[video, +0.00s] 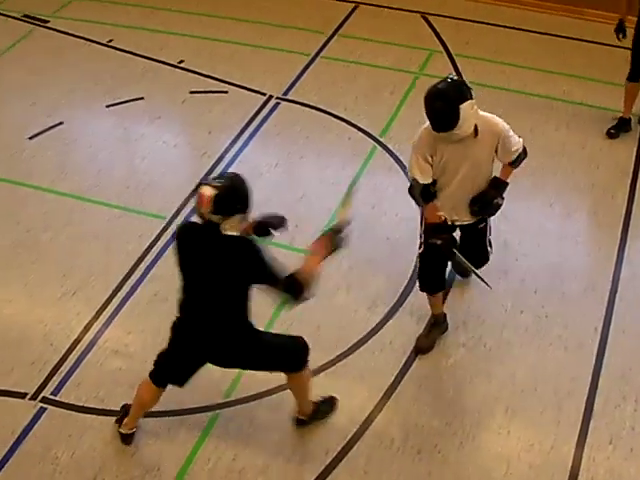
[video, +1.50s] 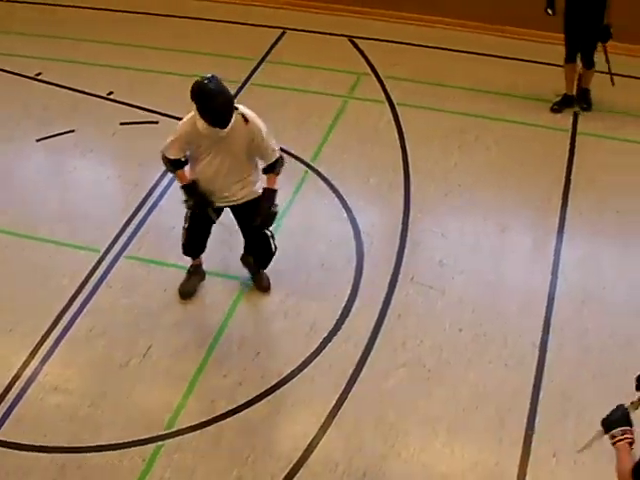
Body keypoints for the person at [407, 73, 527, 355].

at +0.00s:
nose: (456, 134)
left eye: (459, 127)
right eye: (449, 130)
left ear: (469, 113)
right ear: (437, 123)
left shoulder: (493, 128)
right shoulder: (426, 141)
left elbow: (515, 154)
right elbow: (422, 189)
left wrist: (497, 188)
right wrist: (436, 231)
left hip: (475, 213)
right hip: (438, 215)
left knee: (476, 259)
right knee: (431, 272)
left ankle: (460, 262)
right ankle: (438, 319)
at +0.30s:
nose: (477, 156)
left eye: (483, 152)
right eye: (475, 149)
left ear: (488, 148)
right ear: (464, 138)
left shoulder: (480, 160)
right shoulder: (443, 160)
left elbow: (481, 184)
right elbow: (411, 176)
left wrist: (471, 209)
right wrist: (392, 196)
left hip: (442, 214)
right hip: (415, 217)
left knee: (461, 239)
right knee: (436, 278)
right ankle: (430, 324)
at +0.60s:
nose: (455, 126)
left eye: (458, 121)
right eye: (454, 120)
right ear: (446, 117)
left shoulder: (440, 132)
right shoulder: (405, 136)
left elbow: (429, 163)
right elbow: (360, 173)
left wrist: (420, 185)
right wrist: (355, 210)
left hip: (408, 191)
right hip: (380, 201)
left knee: (439, 210)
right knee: (385, 253)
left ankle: (416, 239)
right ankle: (387, 287)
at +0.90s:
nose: (391, 87)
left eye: (389, 81)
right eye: (387, 82)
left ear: (363, 82)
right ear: (379, 86)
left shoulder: (369, 103)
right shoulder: (357, 123)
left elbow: (368, 146)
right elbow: (335, 178)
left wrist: (382, 168)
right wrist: (330, 216)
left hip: (371, 174)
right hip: (350, 191)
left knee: (402, 203)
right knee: (336, 255)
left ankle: (406, 244)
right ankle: (284, 262)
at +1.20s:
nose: (276, 105)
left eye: (280, 99)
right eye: (270, 101)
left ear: (283, 90)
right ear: (258, 93)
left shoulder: (295, 104)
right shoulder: (241, 117)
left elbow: (315, 142)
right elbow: (238, 168)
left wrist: (317, 175)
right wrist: (267, 183)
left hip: (290, 177)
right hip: (253, 186)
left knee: (321, 219)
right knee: (244, 240)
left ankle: (317, 255)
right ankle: (226, 268)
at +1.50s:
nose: (223, 123)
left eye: (227, 117)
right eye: (216, 120)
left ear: (231, 106)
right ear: (202, 114)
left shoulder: (250, 124)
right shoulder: (190, 127)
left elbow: (274, 160)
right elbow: (171, 156)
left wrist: (268, 198)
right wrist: (191, 190)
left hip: (245, 193)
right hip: (206, 196)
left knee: (261, 245)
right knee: (192, 242)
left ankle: (254, 264)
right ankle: (196, 268)